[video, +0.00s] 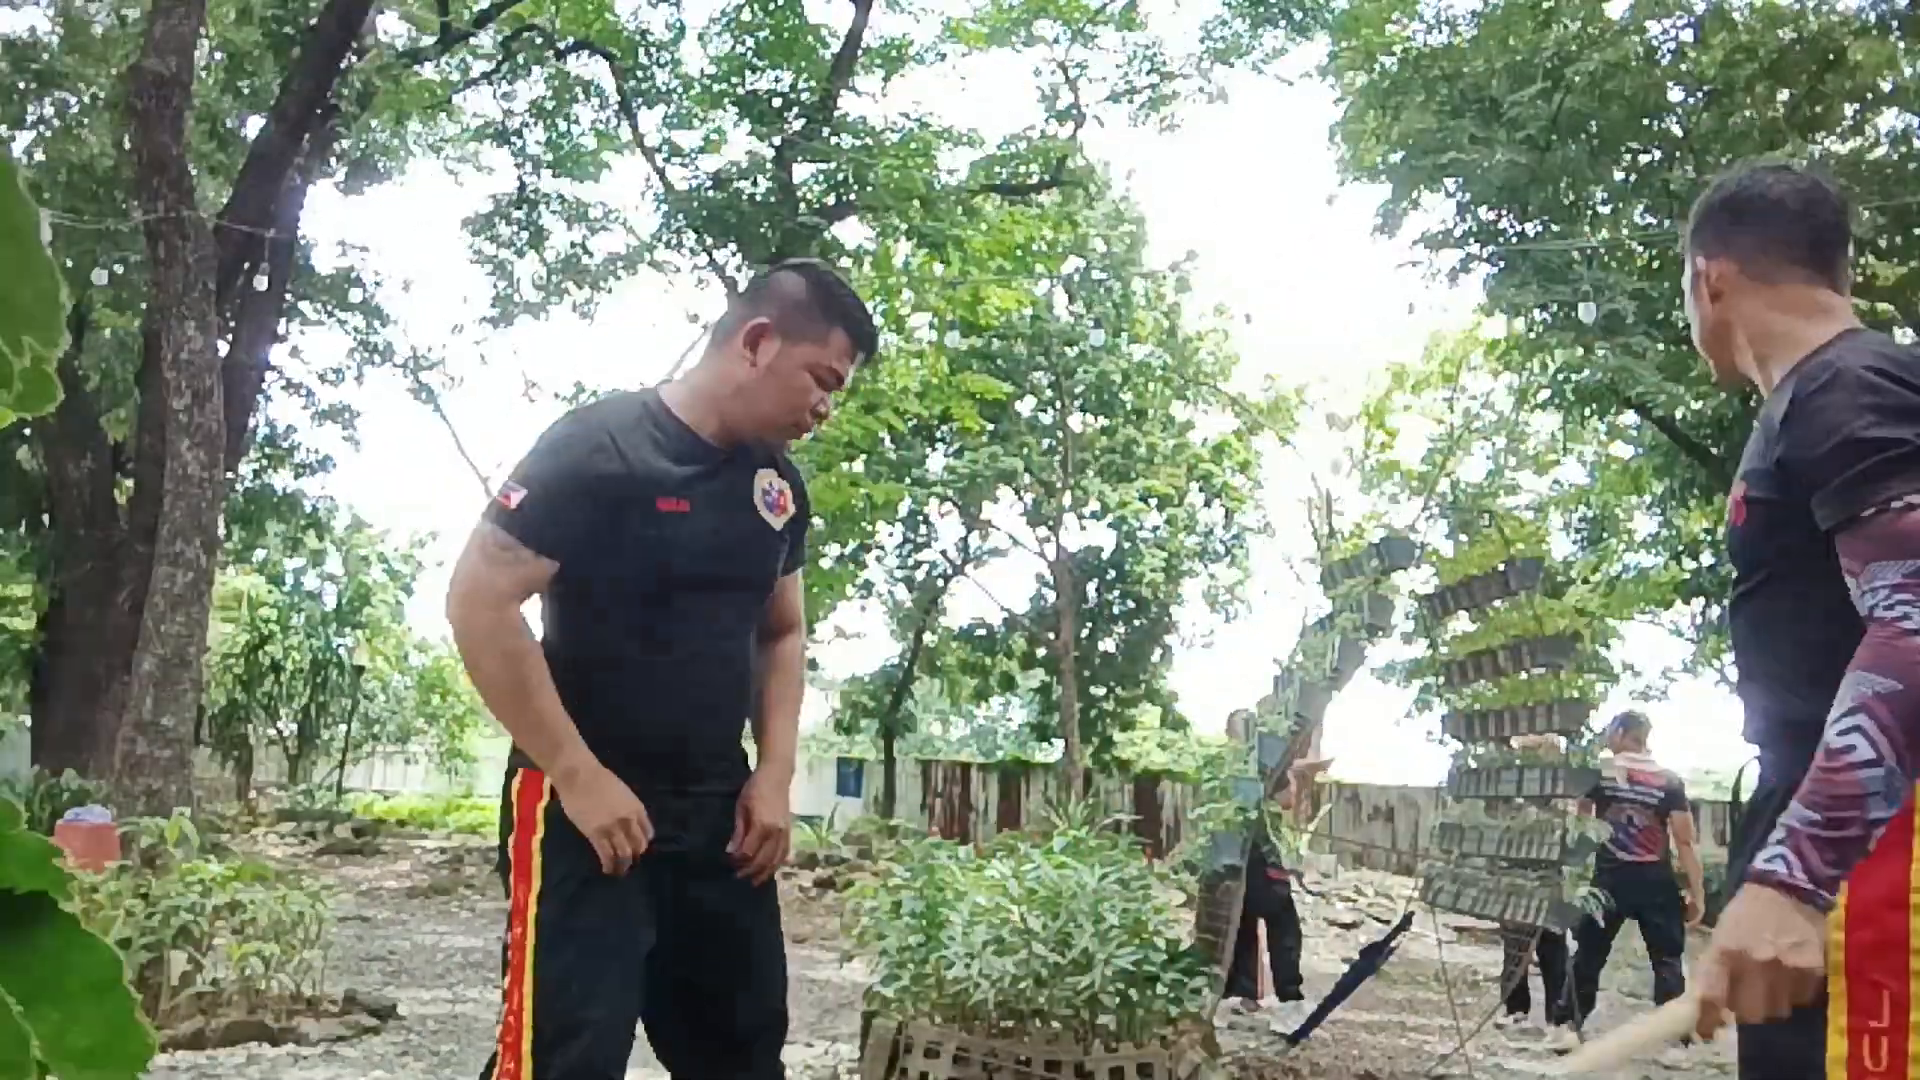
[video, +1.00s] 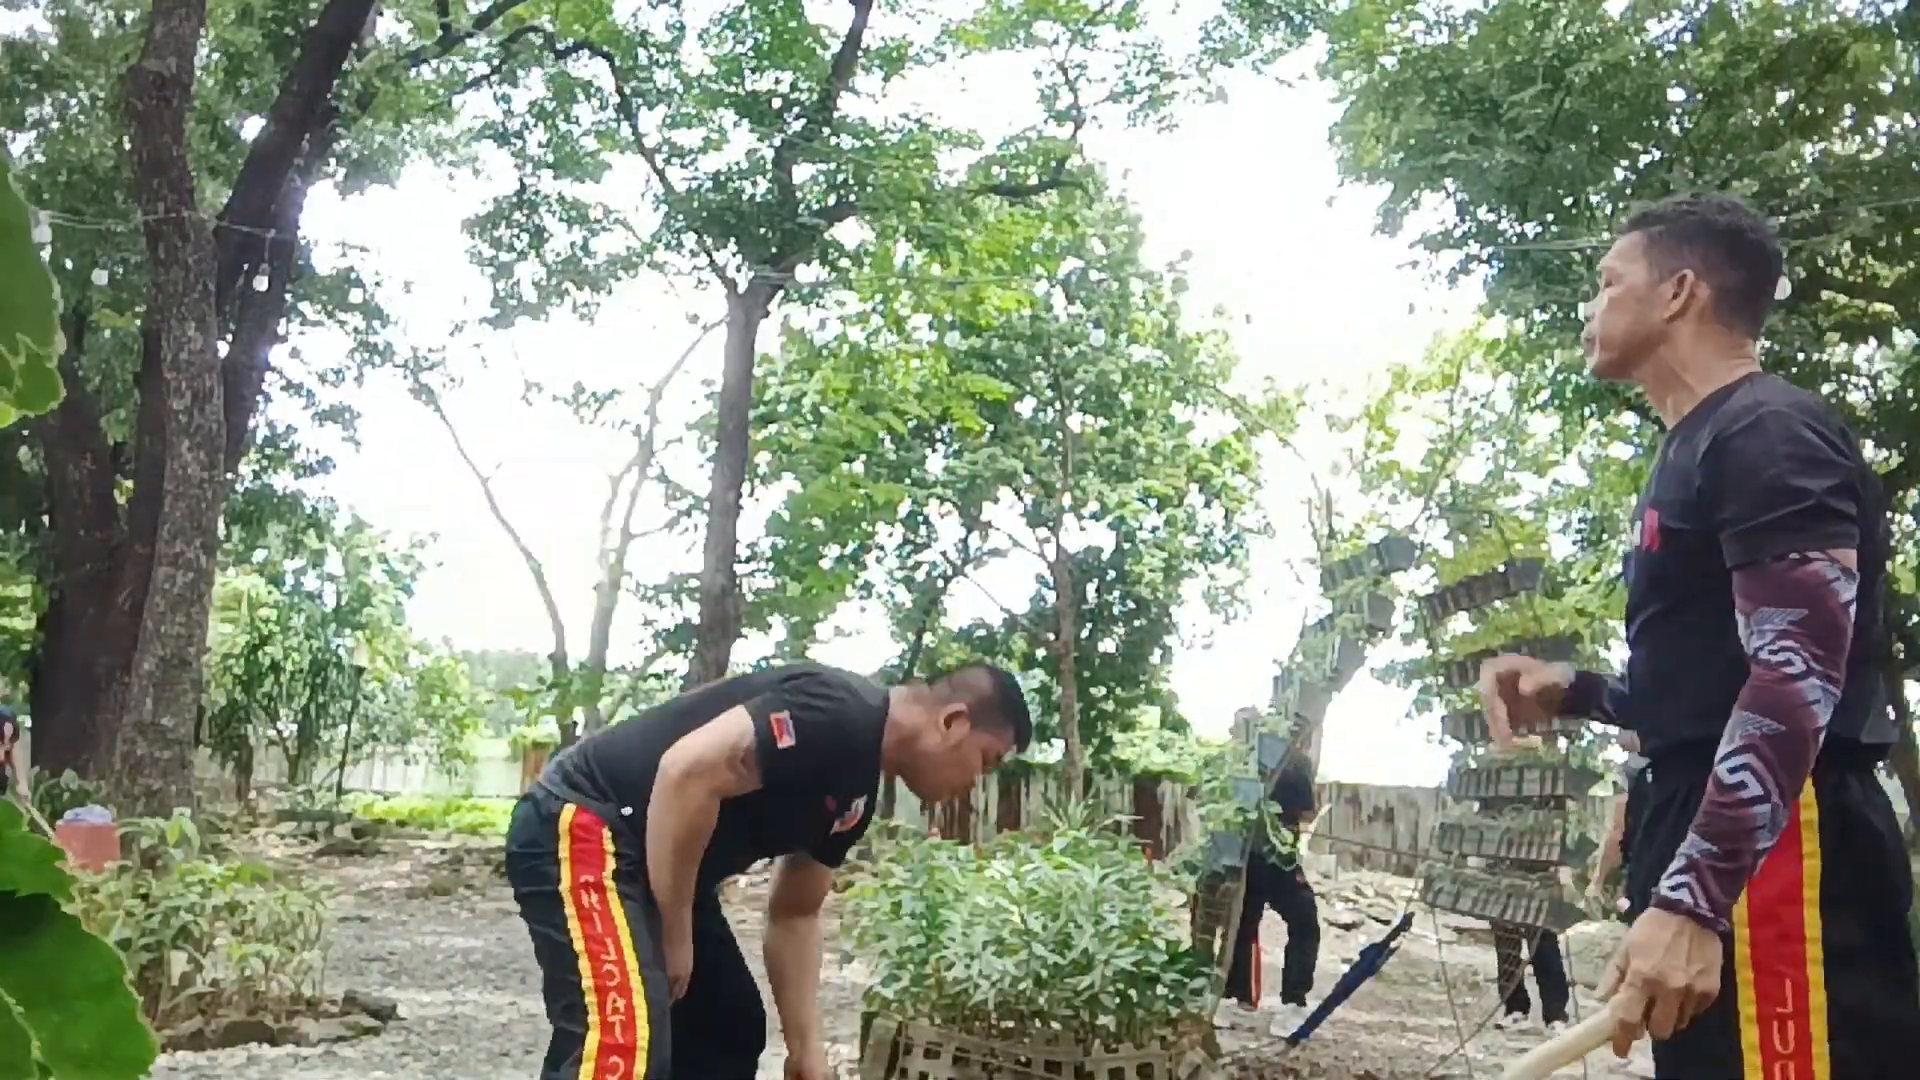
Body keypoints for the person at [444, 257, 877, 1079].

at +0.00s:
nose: (824, 409)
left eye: (836, 392)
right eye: (821, 379)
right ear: (756, 343)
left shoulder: (775, 482)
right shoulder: (596, 443)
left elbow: (781, 632)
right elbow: (479, 600)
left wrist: (775, 769)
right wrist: (573, 771)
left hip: (717, 826)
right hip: (582, 819)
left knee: (742, 1061)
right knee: (566, 1062)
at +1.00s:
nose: (973, 786)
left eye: (988, 773)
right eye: (985, 764)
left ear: (949, 722)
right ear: (953, 721)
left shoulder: (854, 795)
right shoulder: (844, 716)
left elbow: (795, 914)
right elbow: (688, 772)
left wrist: (806, 1050)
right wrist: (676, 929)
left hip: (665, 853)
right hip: (584, 822)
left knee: (728, 1025)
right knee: (621, 1037)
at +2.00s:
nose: (726, 399)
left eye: (731, 382)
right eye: (713, 372)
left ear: (650, 365)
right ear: (644, 358)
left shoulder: (625, 472)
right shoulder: (581, 446)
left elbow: (612, 633)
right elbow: (572, 600)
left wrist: (710, 671)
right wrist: (691, 656)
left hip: (581, 788)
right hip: (529, 786)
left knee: (552, 1046)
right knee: (516, 1050)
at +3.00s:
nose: (1113, 496)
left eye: (1123, 475)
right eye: (1095, 469)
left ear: (1127, 474)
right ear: (1008, 453)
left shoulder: (1113, 548)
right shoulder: (891, 558)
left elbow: (1286, 503)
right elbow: (869, 744)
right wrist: (1053, 723)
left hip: (969, 900)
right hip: (805, 891)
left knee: (1067, 1065)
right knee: (678, 1066)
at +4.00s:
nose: (915, 518)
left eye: (940, 489)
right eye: (886, 488)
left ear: (966, 474)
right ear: (827, 470)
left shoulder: (1003, 581)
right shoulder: (759, 571)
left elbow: (1191, 678)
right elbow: (692, 746)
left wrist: (1359, 768)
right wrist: (852, 745)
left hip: (931, 894)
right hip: (763, 883)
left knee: (993, 1066)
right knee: (647, 1064)